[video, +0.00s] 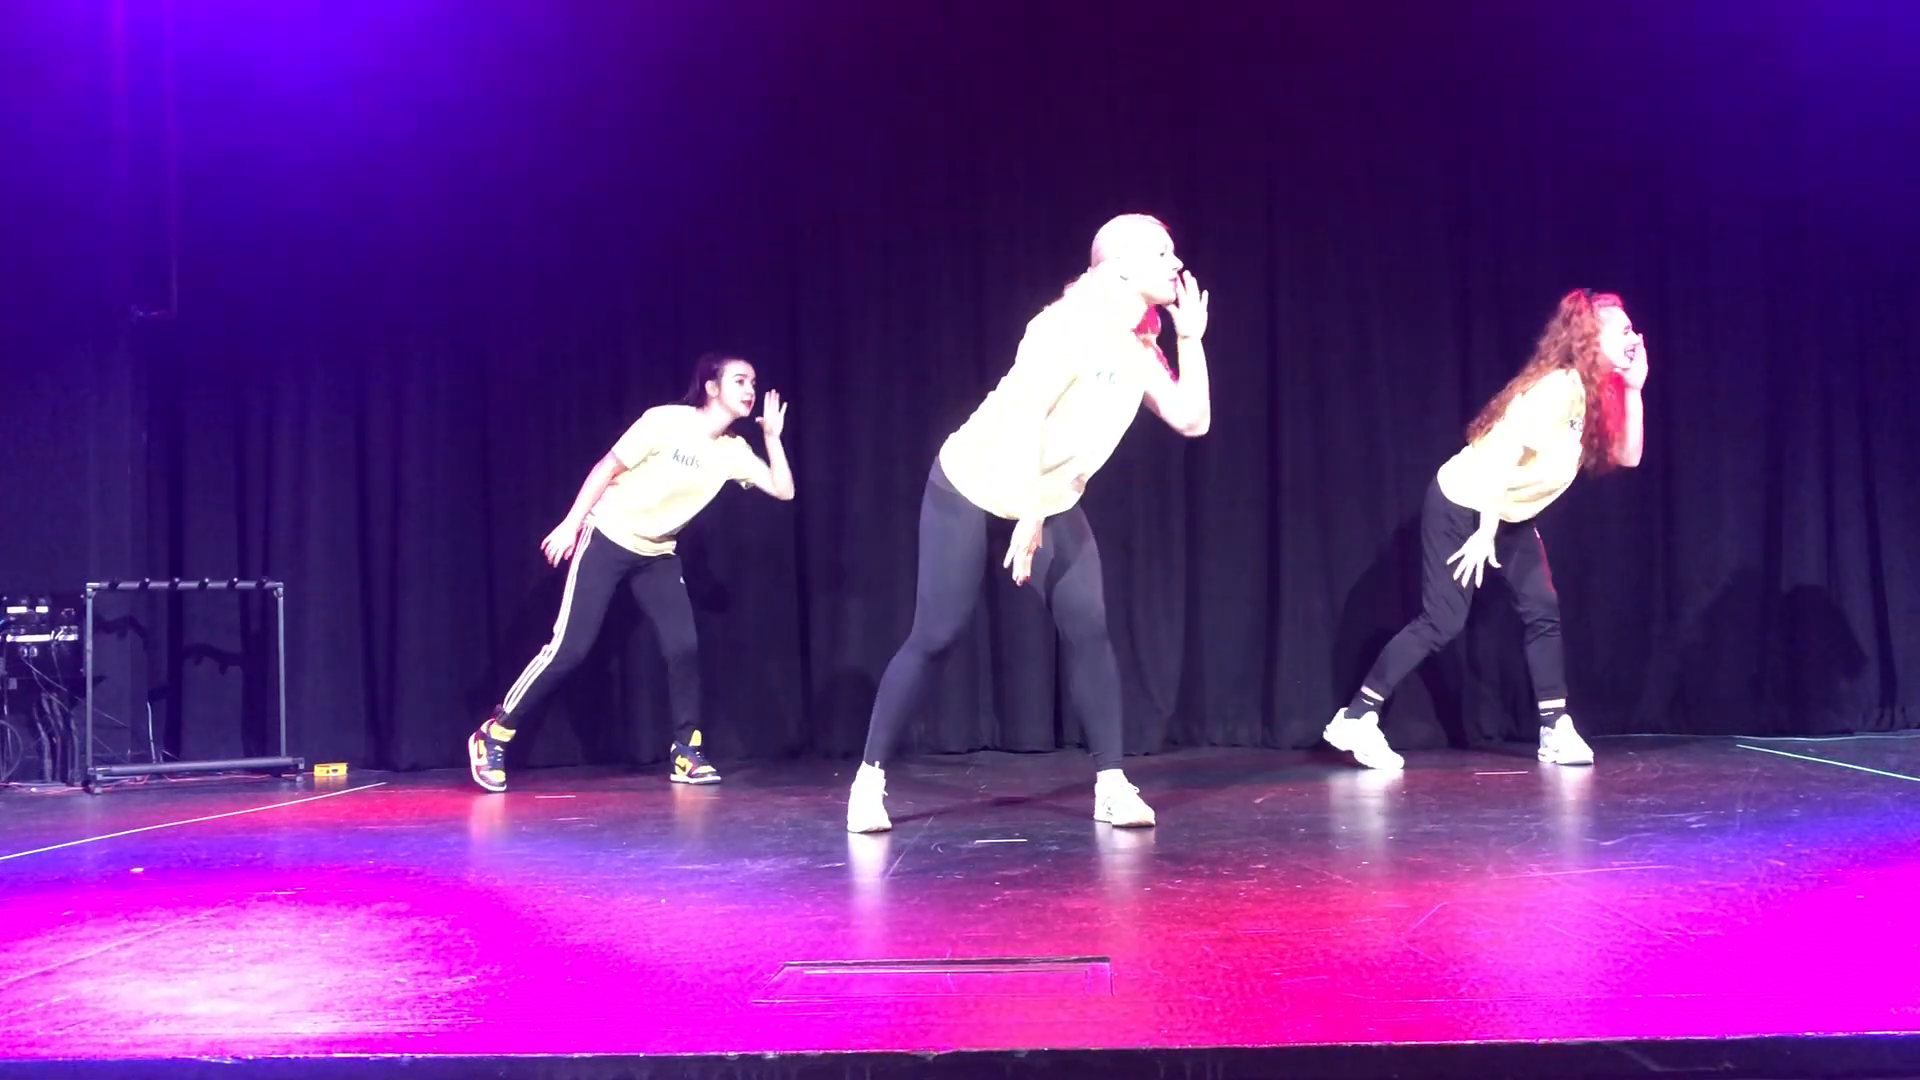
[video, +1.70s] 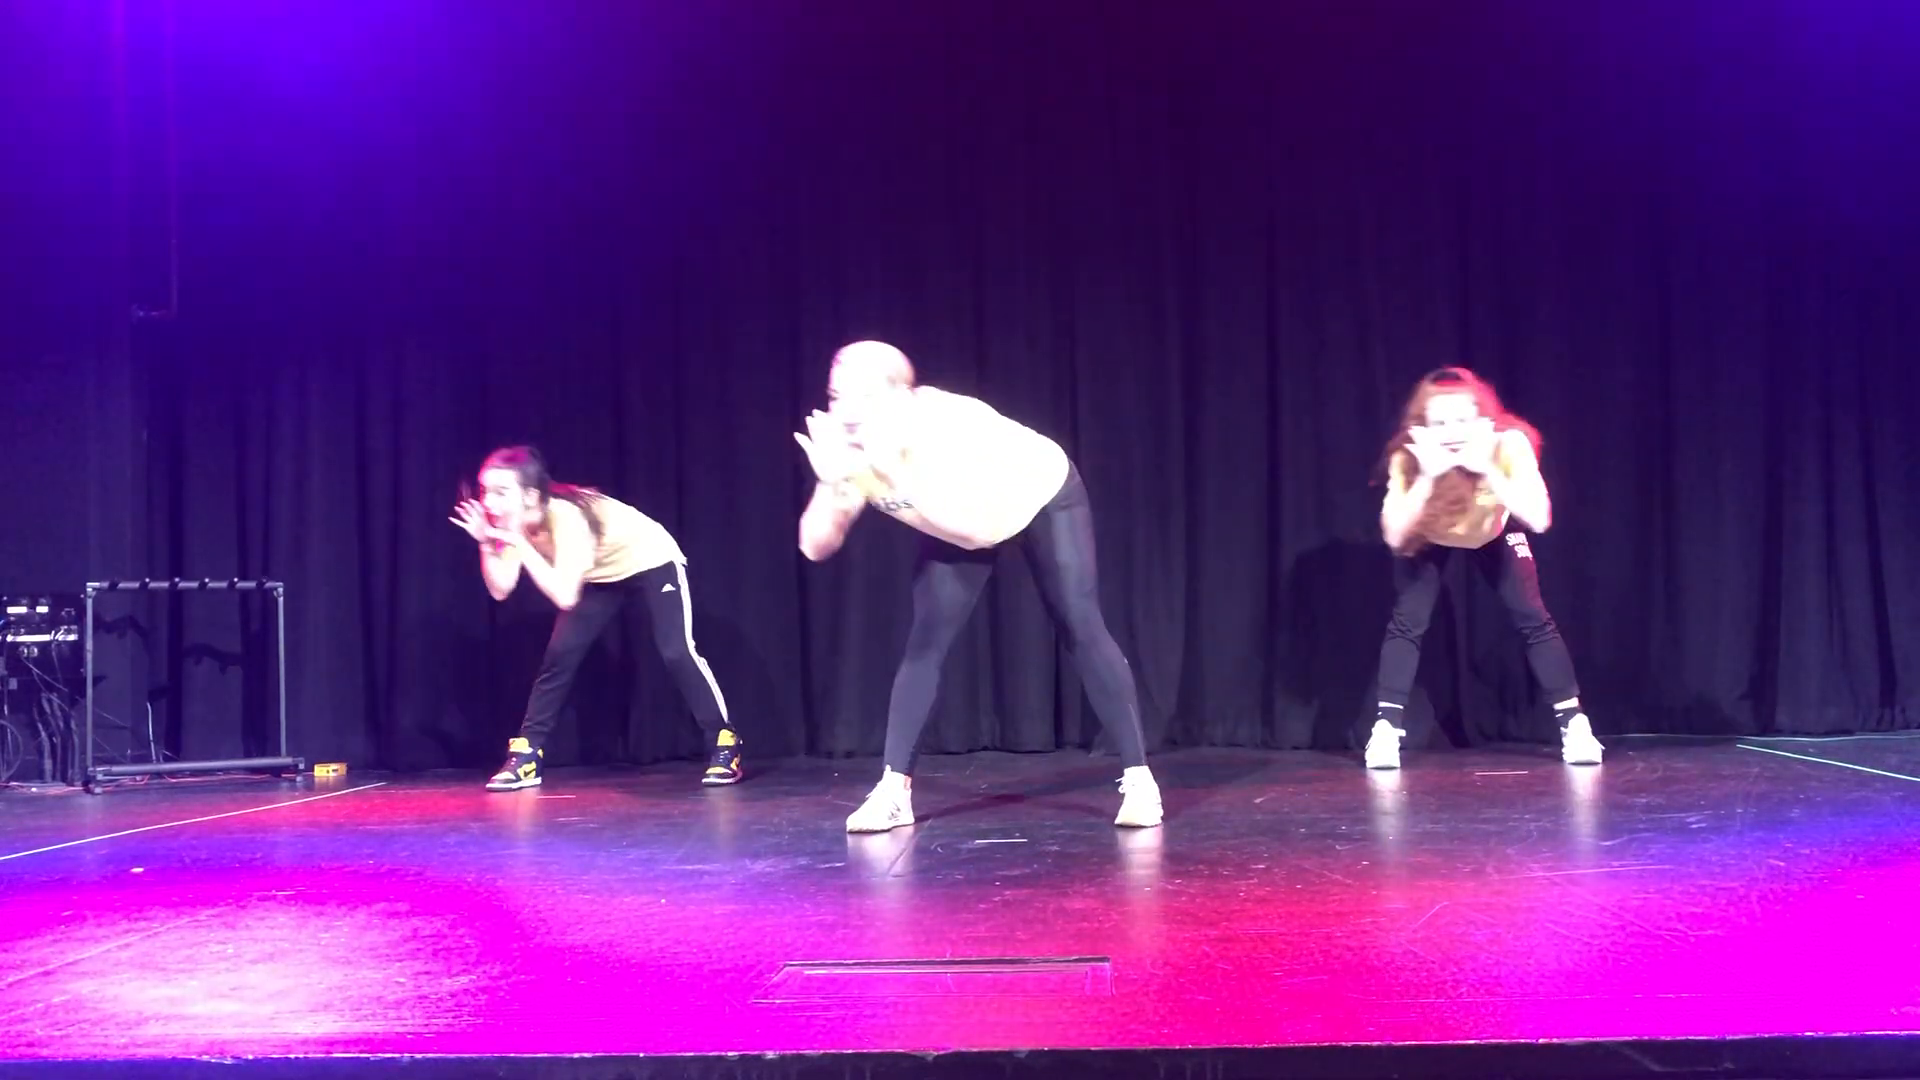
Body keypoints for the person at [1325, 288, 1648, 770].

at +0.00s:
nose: (1631, 339)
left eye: (1630, 330)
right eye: (1621, 331)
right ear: (1589, 338)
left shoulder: (1599, 394)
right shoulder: (1559, 386)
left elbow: (1627, 455)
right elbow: (1502, 447)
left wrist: (1634, 387)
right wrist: (1487, 526)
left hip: (1512, 513)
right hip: (1460, 502)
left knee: (1542, 613)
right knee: (1443, 618)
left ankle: (1555, 731)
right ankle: (1355, 718)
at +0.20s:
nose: (1588, 339)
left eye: (1592, 330)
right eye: (1575, 330)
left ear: (1598, 338)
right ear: (1545, 338)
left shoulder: (1586, 396)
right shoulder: (1506, 391)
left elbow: (1627, 453)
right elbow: (1454, 456)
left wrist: (1611, 383)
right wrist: (1418, 521)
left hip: (1527, 528)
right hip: (1463, 525)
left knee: (1567, 614)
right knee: (1446, 626)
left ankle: (1558, 731)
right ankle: (1374, 727)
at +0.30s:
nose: (1522, 329)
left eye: (1532, 317)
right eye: (1511, 319)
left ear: (1552, 323)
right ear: (1494, 328)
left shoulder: (1562, 382)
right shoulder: (1470, 380)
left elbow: (1599, 433)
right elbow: (1420, 442)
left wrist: (1562, 365)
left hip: (1528, 522)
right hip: (1458, 521)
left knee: (1565, 612)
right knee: (1437, 618)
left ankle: (1561, 730)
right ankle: (1386, 727)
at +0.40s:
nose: (1465, 322)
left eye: (1477, 312)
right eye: (1456, 313)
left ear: (1505, 315)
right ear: (1445, 321)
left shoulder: (1533, 360)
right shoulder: (1436, 371)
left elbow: (1549, 413)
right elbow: (1381, 431)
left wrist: (1501, 353)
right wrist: (1367, 379)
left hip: (1521, 509)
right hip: (1449, 513)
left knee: (1553, 610)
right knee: (1422, 616)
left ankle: (1574, 723)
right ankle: (1387, 728)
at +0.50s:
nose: (1419, 324)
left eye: (1430, 313)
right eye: (1413, 316)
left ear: (1460, 317)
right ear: (1407, 328)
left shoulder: (1495, 360)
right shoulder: (1403, 380)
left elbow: (1493, 416)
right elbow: (1349, 429)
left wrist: (1449, 356)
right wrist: (1369, 367)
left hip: (1506, 503)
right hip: (1441, 515)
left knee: (1533, 610)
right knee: (1416, 616)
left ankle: (1596, 718)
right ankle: (1388, 729)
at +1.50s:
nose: (1375, 408)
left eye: (1383, 394)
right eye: (1366, 399)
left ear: (1408, 391)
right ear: (1356, 406)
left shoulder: (1449, 415)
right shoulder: (1373, 443)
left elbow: (1473, 486)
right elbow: (1348, 516)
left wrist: (1403, 441)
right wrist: (1358, 454)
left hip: (1493, 523)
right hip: (1427, 532)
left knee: (1530, 616)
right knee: (1406, 624)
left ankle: (1574, 724)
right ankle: (1387, 730)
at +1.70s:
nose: (1452, 433)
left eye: (1462, 420)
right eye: (1440, 423)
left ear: (1483, 417)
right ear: (1421, 426)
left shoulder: (1510, 444)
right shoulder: (1409, 457)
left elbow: (1539, 517)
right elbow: (1396, 537)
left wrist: (1487, 469)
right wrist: (1428, 476)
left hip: (1497, 534)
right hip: (1429, 538)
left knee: (1532, 617)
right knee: (1408, 622)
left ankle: (1574, 726)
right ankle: (1386, 730)